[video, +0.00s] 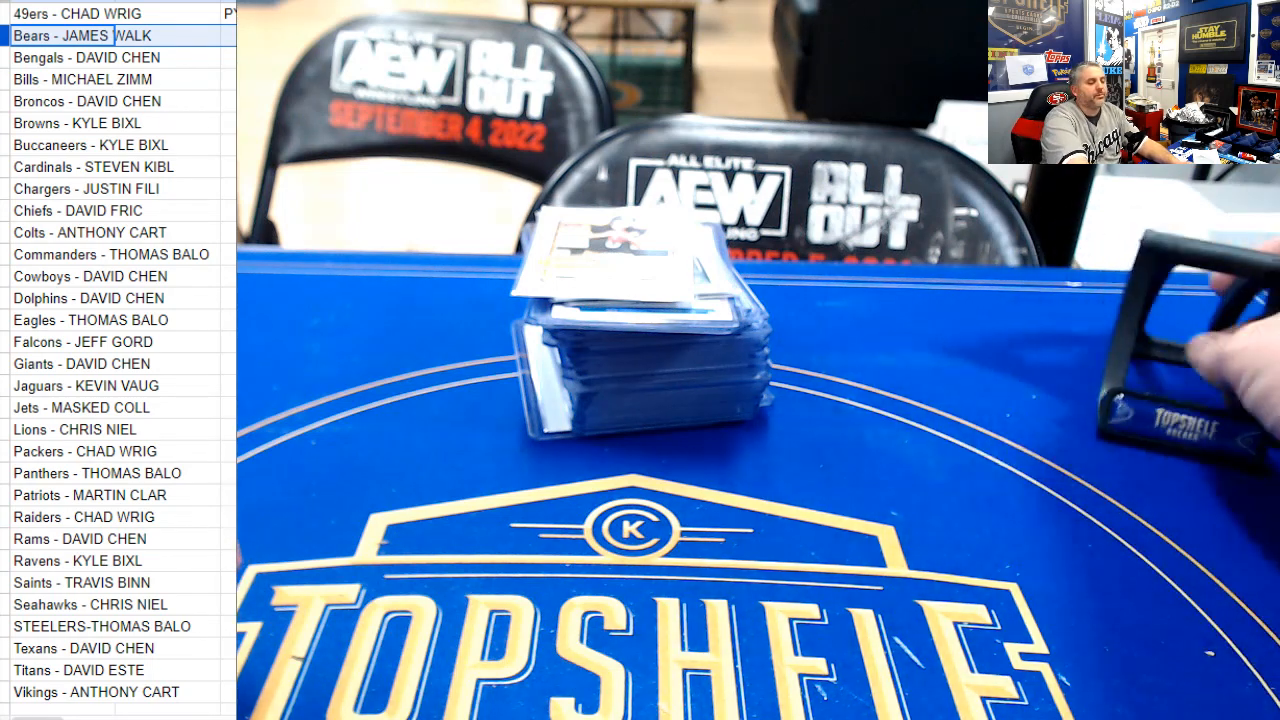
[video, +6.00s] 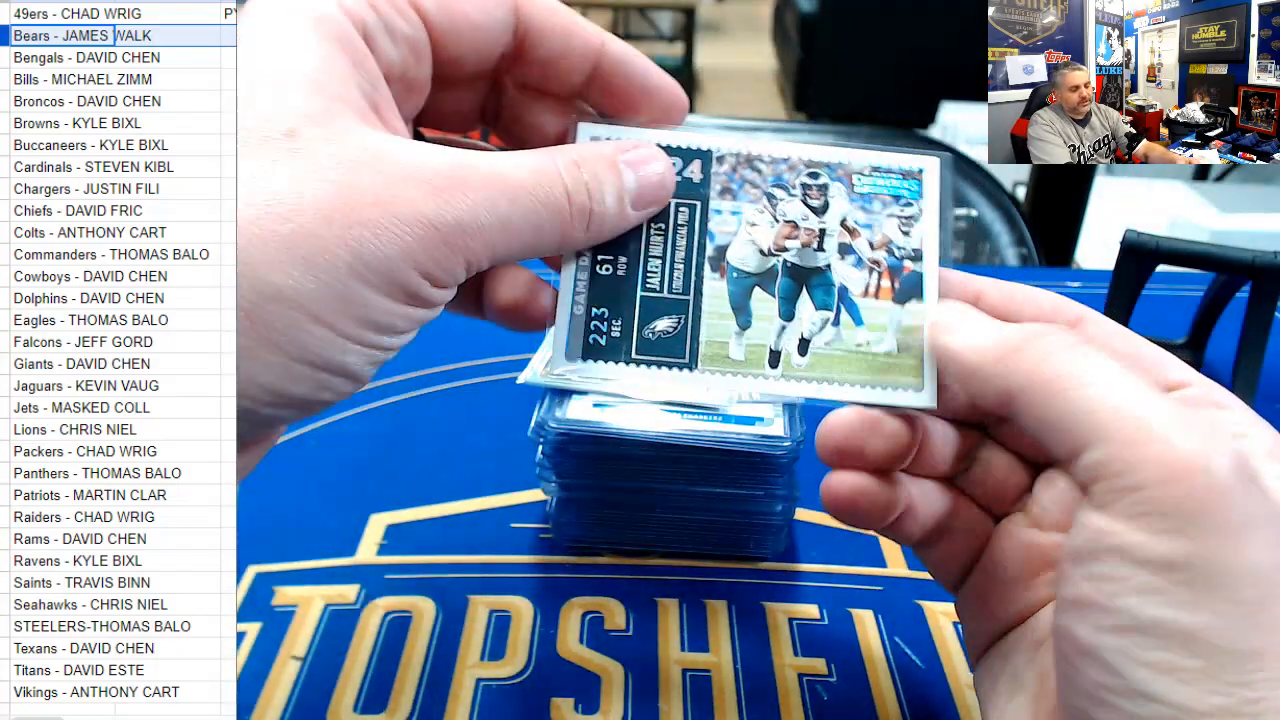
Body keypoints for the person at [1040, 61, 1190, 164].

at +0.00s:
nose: (1100, 87)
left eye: (1103, 81)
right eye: (1091, 82)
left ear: (1106, 85)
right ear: (1075, 90)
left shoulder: (1113, 112)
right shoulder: (1060, 118)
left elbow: (1146, 146)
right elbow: (1077, 166)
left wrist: (1178, 164)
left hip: (1115, 184)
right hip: (1078, 191)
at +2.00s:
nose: (1086, 93)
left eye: (1089, 84)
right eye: (1077, 89)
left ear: (1096, 85)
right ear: (1061, 95)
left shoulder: (1111, 114)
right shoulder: (1047, 123)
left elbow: (1147, 150)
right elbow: (1067, 177)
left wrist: (1171, 179)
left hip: (1116, 190)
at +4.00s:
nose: (1080, 93)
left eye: (1082, 85)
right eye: (1069, 90)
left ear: (1088, 85)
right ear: (1053, 97)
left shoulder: (1104, 114)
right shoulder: (1042, 123)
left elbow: (1146, 149)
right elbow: (1062, 174)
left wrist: (1184, 167)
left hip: (1113, 188)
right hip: (1070, 197)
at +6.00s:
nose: (1085, 94)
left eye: (1087, 86)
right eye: (1074, 90)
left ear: (1091, 85)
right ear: (1057, 95)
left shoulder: (1106, 114)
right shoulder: (1043, 122)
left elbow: (1145, 149)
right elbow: (1062, 176)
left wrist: (1178, 161)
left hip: (1114, 186)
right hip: (1072, 197)